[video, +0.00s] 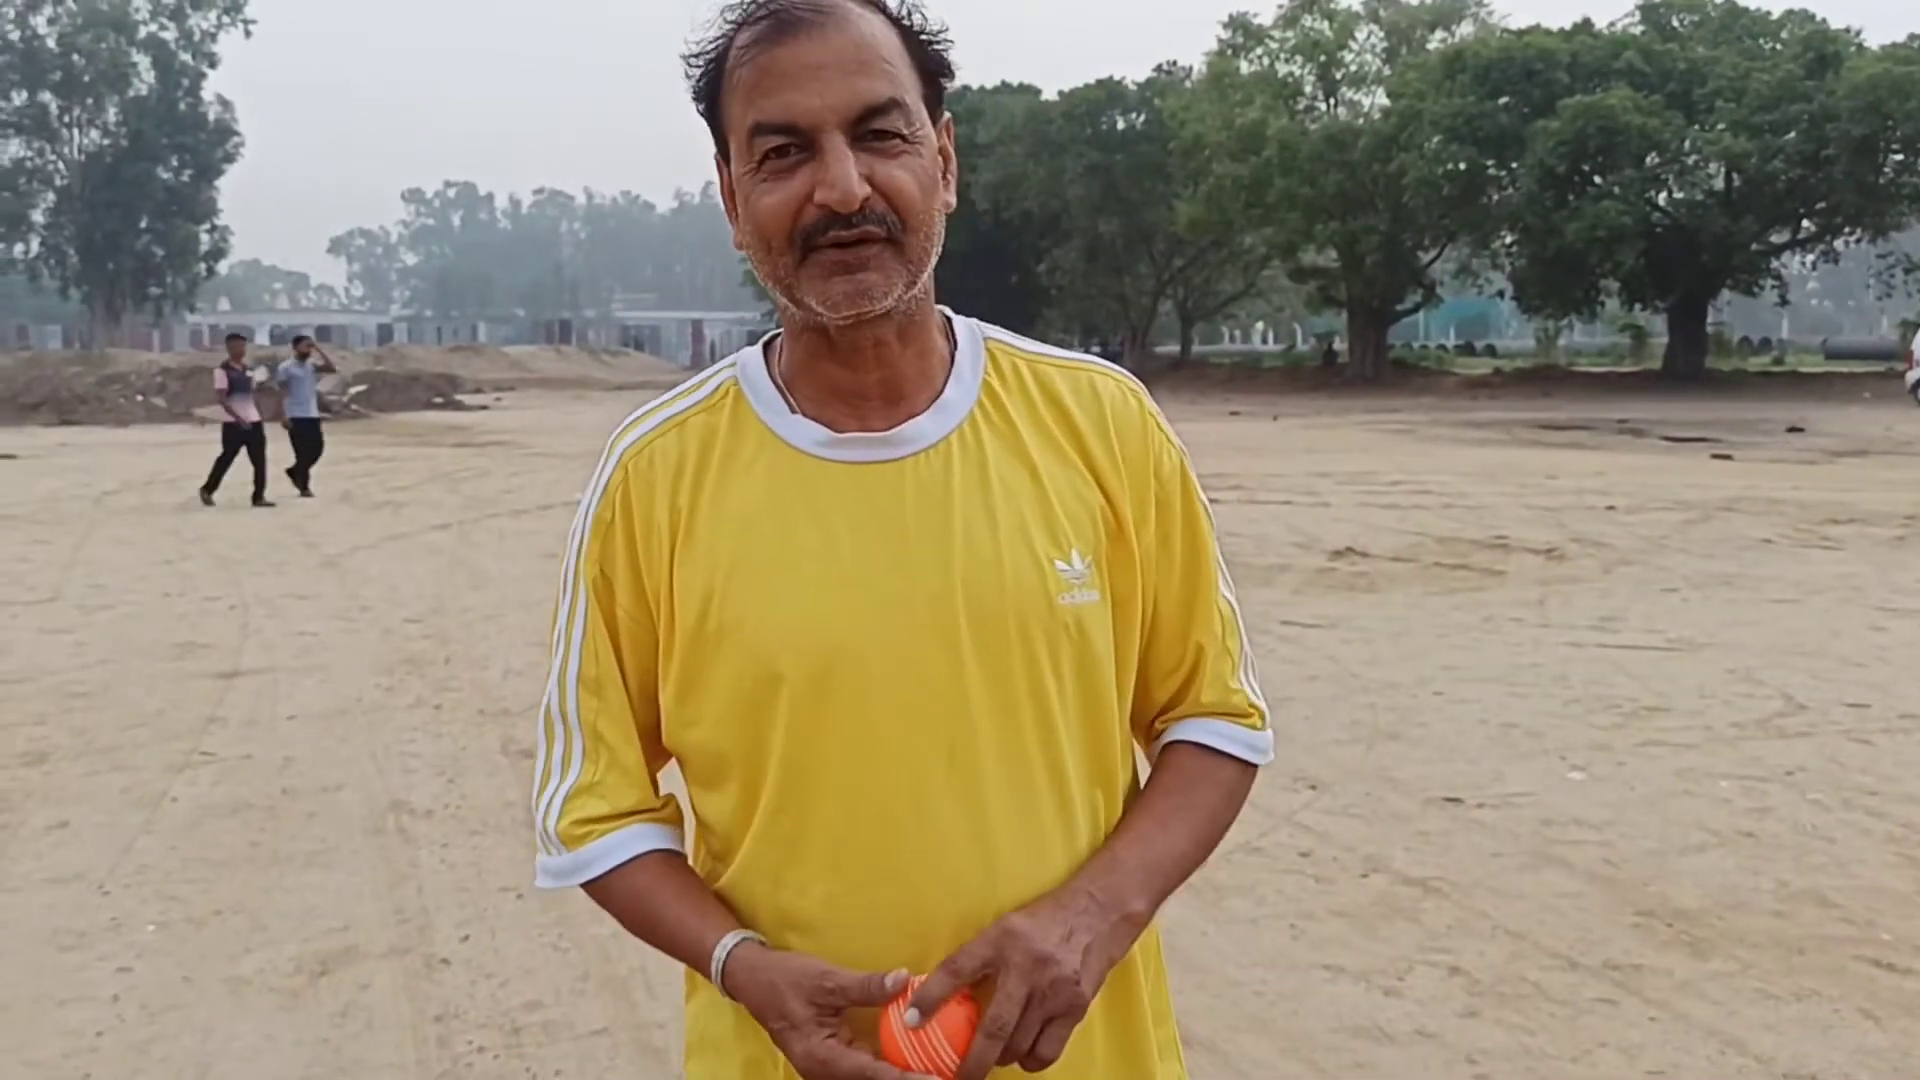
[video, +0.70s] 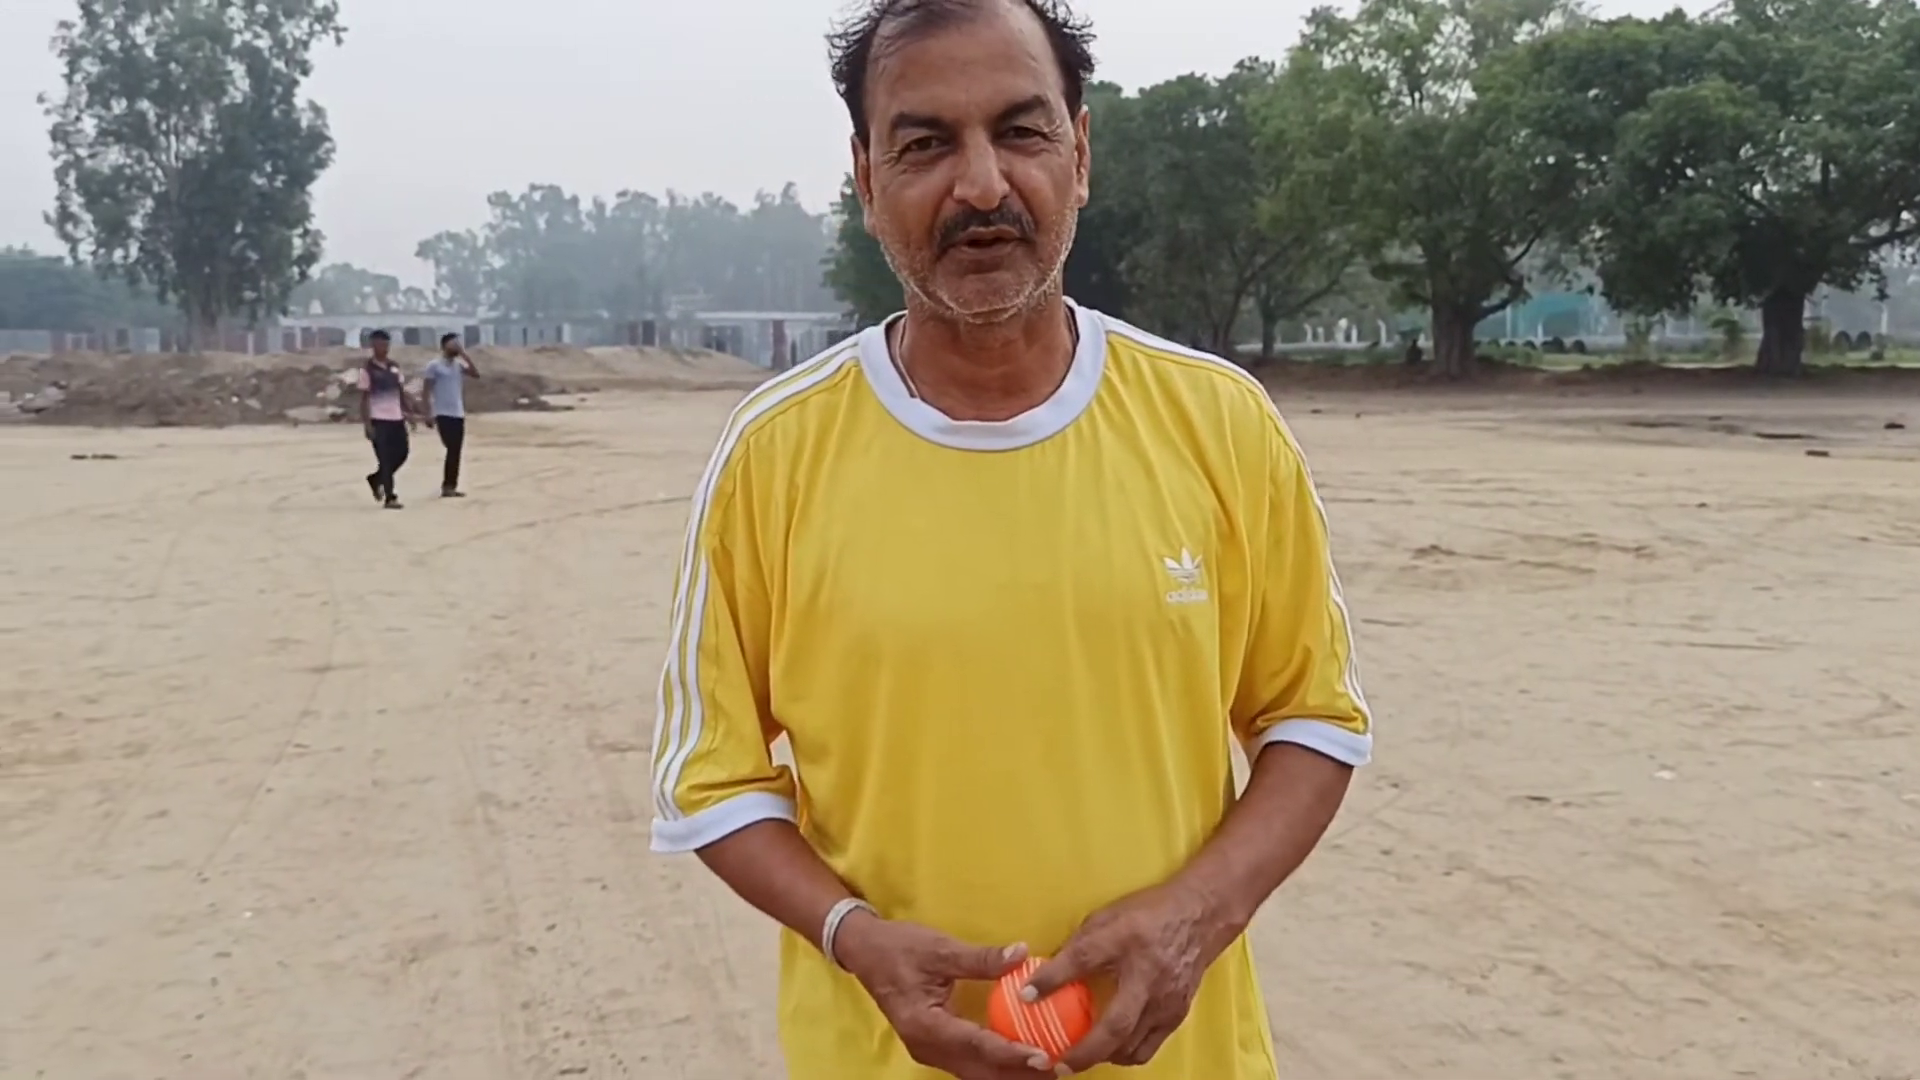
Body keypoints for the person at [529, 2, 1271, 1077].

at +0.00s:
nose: (843, 187)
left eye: (880, 135)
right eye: (783, 153)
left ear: (945, 165)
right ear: (732, 205)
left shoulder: (1105, 425)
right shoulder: (655, 473)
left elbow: (1219, 720)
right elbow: (592, 808)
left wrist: (1096, 909)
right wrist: (745, 967)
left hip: (1091, 1051)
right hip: (782, 1054)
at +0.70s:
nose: (983, 184)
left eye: (1022, 132)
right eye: (927, 143)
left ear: (1080, 160)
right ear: (865, 187)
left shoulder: (1221, 423)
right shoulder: (773, 451)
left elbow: (1319, 719)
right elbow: (707, 774)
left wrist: (1200, 909)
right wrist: (853, 935)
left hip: (1187, 1048)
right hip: (880, 1055)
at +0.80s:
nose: (1009, 187)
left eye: (1048, 134)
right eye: (953, 147)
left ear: (1104, 163)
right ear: (890, 192)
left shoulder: (1244, 423)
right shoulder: (798, 454)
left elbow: (1340, 718)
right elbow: (731, 778)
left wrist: (1228, 908)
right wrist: (883, 935)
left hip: (1214, 1051)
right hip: (908, 1055)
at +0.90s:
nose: (1041, 190)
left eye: (1078, 137)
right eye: (983, 151)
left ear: (1133, 165)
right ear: (921, 197)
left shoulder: (1270, 422)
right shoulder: (829, 454)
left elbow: (1363, 715)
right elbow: (760, 779)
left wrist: (1261, 905)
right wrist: (919, 930)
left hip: (1243, 1051)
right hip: (939, 1055)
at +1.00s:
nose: (1075, 191)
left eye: (1113, 140)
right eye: (1020, 153)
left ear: (1165, 164)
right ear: (954, 195)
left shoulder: (1302, 422)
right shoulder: (862, 454)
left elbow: (1392, 712)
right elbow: (789, 774)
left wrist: (1301, 893)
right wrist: (962, 924)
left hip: (1272, 1049)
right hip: (976, 1054)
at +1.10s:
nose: (1114, 209)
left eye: (1153, 155)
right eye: (1059, 166)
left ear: (1203, 168)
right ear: (991, 195)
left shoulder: (1334, 420)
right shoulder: (897, 450)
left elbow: (1426, 708)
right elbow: (822, 771)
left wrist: (1351, 875)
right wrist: (993, 906)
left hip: (1303, 1046)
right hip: (1011, 1053)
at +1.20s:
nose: (1154, 247)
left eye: (1193, 188)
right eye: (1099, 201)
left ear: (1238, 170)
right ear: (1025, 199)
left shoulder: (1364, 421)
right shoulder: (931, 449)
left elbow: (1462, 707)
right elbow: (854, 774)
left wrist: (1399, 846)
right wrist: (1028, 879)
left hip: (1332, 1048)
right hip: (1043, 1053)